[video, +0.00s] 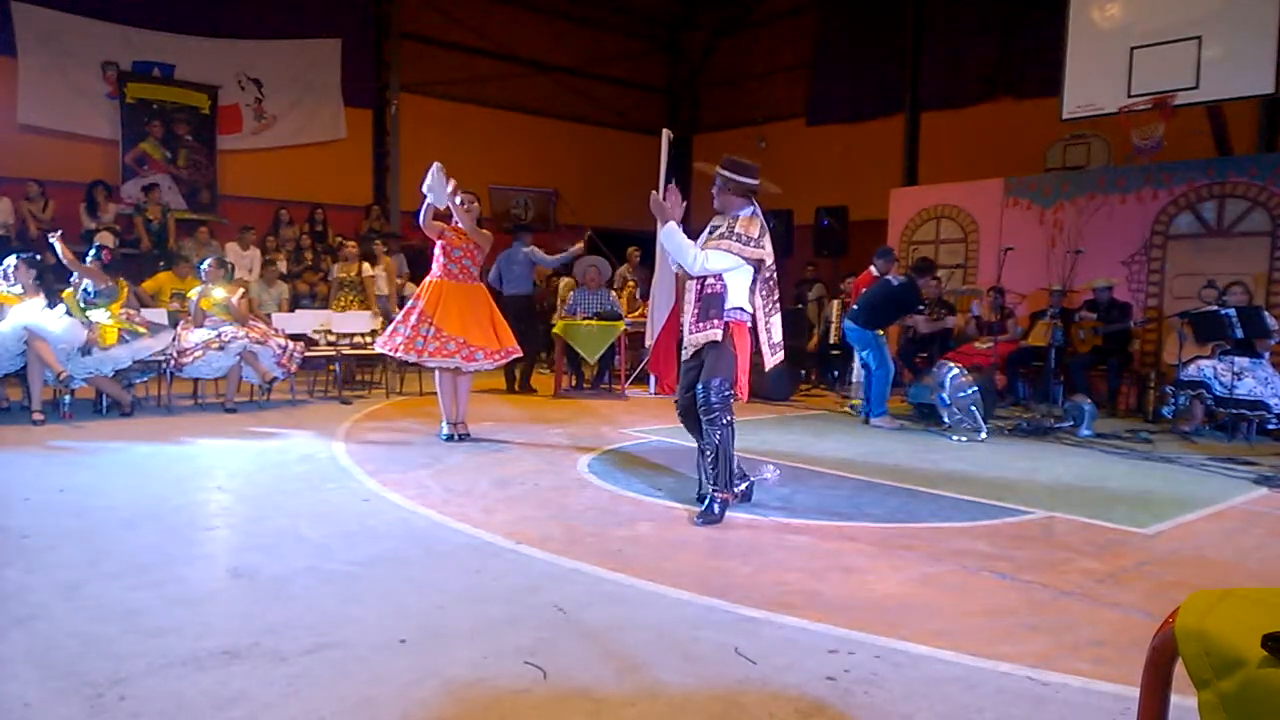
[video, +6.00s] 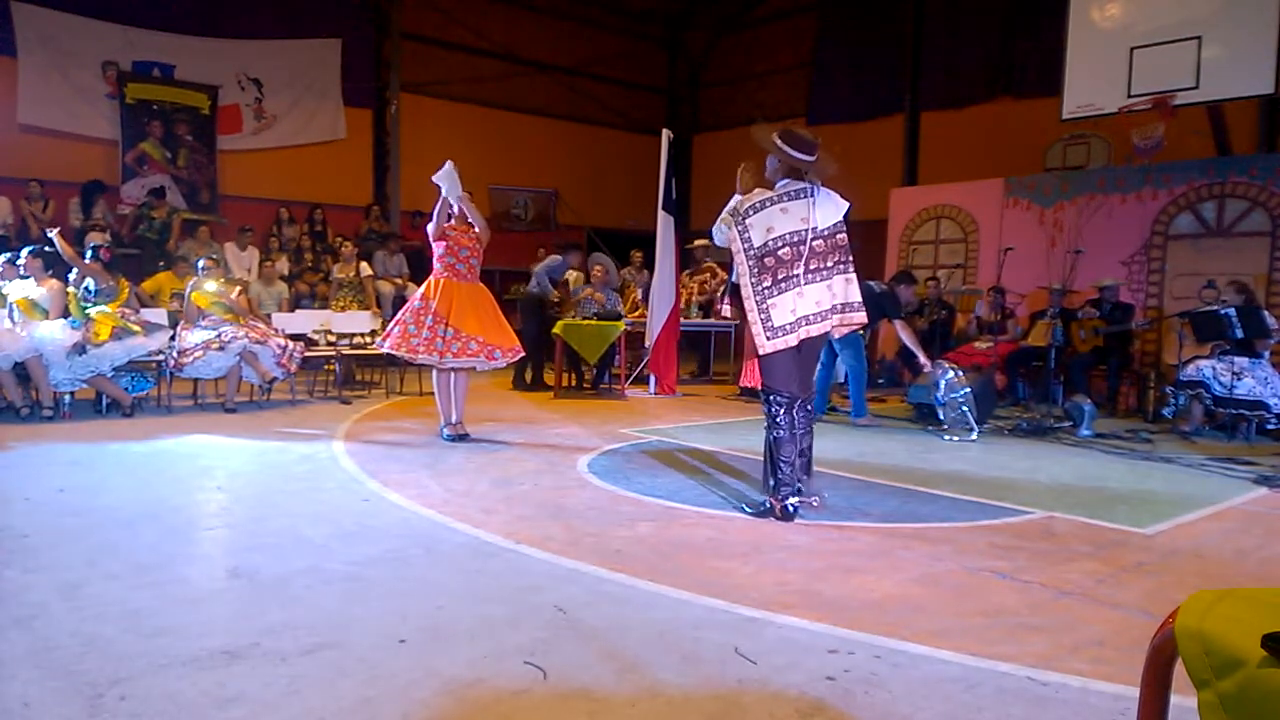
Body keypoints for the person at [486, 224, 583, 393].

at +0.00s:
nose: (531, 240)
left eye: (530, 237)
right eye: (530, 237)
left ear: (514, 238)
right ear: (526, 238)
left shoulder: (503, 256)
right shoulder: (529, 251)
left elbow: (491, 279)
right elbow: (550, 262)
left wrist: (506, 289)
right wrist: (573, 252)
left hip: (507, 299)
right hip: (525, 298)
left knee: (509, 339)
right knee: (532, 340)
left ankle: (510, 382)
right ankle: (525, 381)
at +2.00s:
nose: (541, 242)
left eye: (540, 238)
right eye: (539, 238)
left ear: (526, 239)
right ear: (533, 238)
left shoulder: (514, 257)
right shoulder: (529, 252)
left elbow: (505, 280)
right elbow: (540, 265)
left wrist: (521, 289)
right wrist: (566, 262)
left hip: (515, 298)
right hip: (525, 298)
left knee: (521, 338)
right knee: (528, 339)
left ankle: (518, 377)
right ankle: (521, 378)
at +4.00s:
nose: (543, 244)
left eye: (543, 240)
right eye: (541, 240)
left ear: (529, 240)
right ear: (535, 239)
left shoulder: (516, 256)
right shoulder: (531, 253)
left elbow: (507, 280)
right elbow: (540, 271)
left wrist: (525, 287)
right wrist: (565, 278)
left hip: (516, 298)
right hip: (527, 299)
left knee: (523, 337)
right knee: (530, 338)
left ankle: (518, 376)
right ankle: (522, 377)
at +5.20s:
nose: (550, 251)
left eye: (551, 247)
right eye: (549, 246)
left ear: (536, 244)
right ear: (542, 245)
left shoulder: (519, 256)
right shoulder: (536, 258)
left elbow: (507, 276)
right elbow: (530, 278)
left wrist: (520, 286)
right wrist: (548, 295)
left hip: (516, 299)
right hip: (528, 299)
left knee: (521, 338)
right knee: (529, 339)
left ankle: (517, 376)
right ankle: (523, 377)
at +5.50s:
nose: (564, 260)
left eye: (565, 257)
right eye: (564, 256)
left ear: (553, 251)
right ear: (556, 253)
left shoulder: (532, 259)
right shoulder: (546, 260)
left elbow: (517, 274)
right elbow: (533, 275)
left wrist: (530, 289)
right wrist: (547, 297)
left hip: (519, 297)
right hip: (528, 298)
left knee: (529, 340)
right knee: (531, 341)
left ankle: (535, 376)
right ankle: (524, 378)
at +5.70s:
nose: (573, 262)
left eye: (574, 258)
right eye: (572, 258)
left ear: (565, 257)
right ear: (565, 256)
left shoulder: (554, 267)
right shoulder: (552, 261)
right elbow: (536, 273)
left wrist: (549, 296)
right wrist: (549, 294)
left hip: (535, 299)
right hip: (527, 298)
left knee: (538, 339)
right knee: (531, 339)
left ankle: (537, 377)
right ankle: (523, 379)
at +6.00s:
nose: (579, 263)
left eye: (580, 260)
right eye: (578, 258)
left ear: (573, 259)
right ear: (571, 256)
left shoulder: (563, 270)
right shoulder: (557, 260)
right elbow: (539, 271)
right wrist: (551, 292)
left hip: (540, 300)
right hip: (530, 298)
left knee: (540, 341)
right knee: (529, 339)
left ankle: (538, 377)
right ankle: (519, 377)